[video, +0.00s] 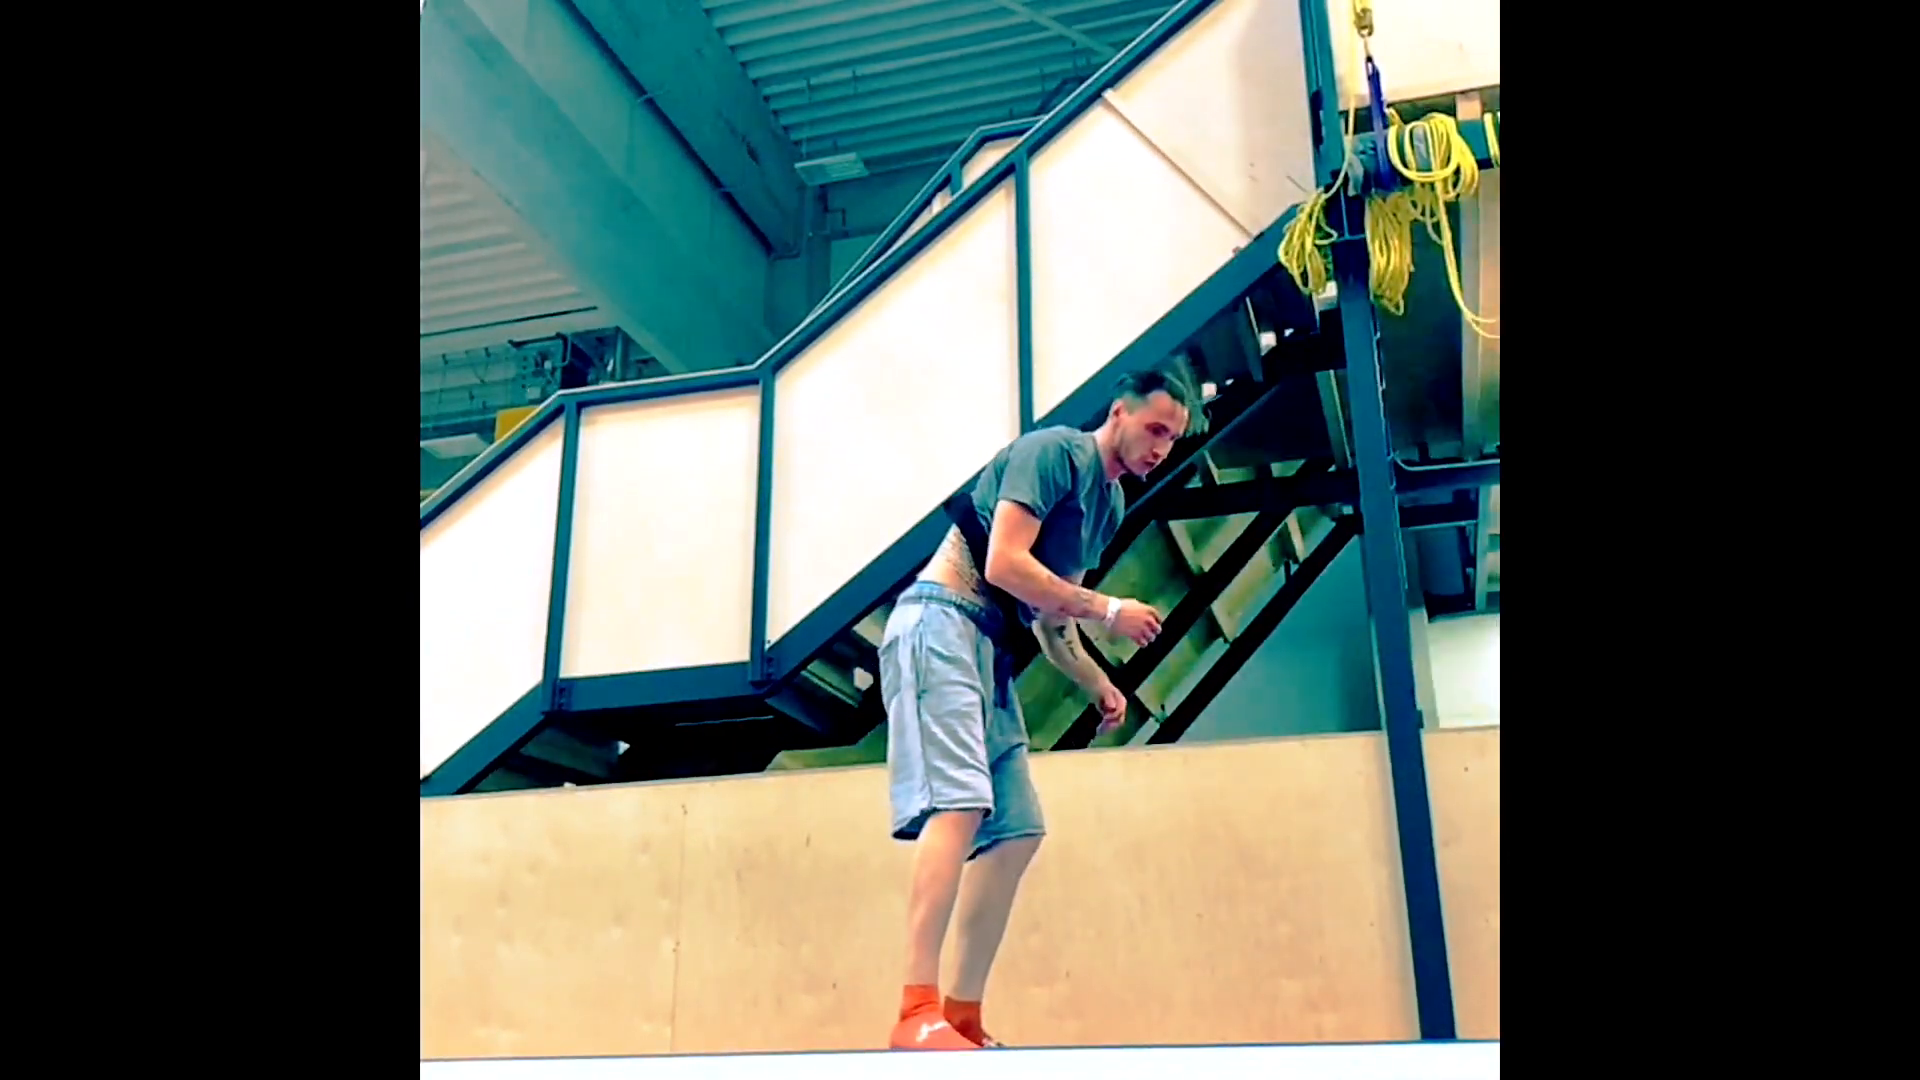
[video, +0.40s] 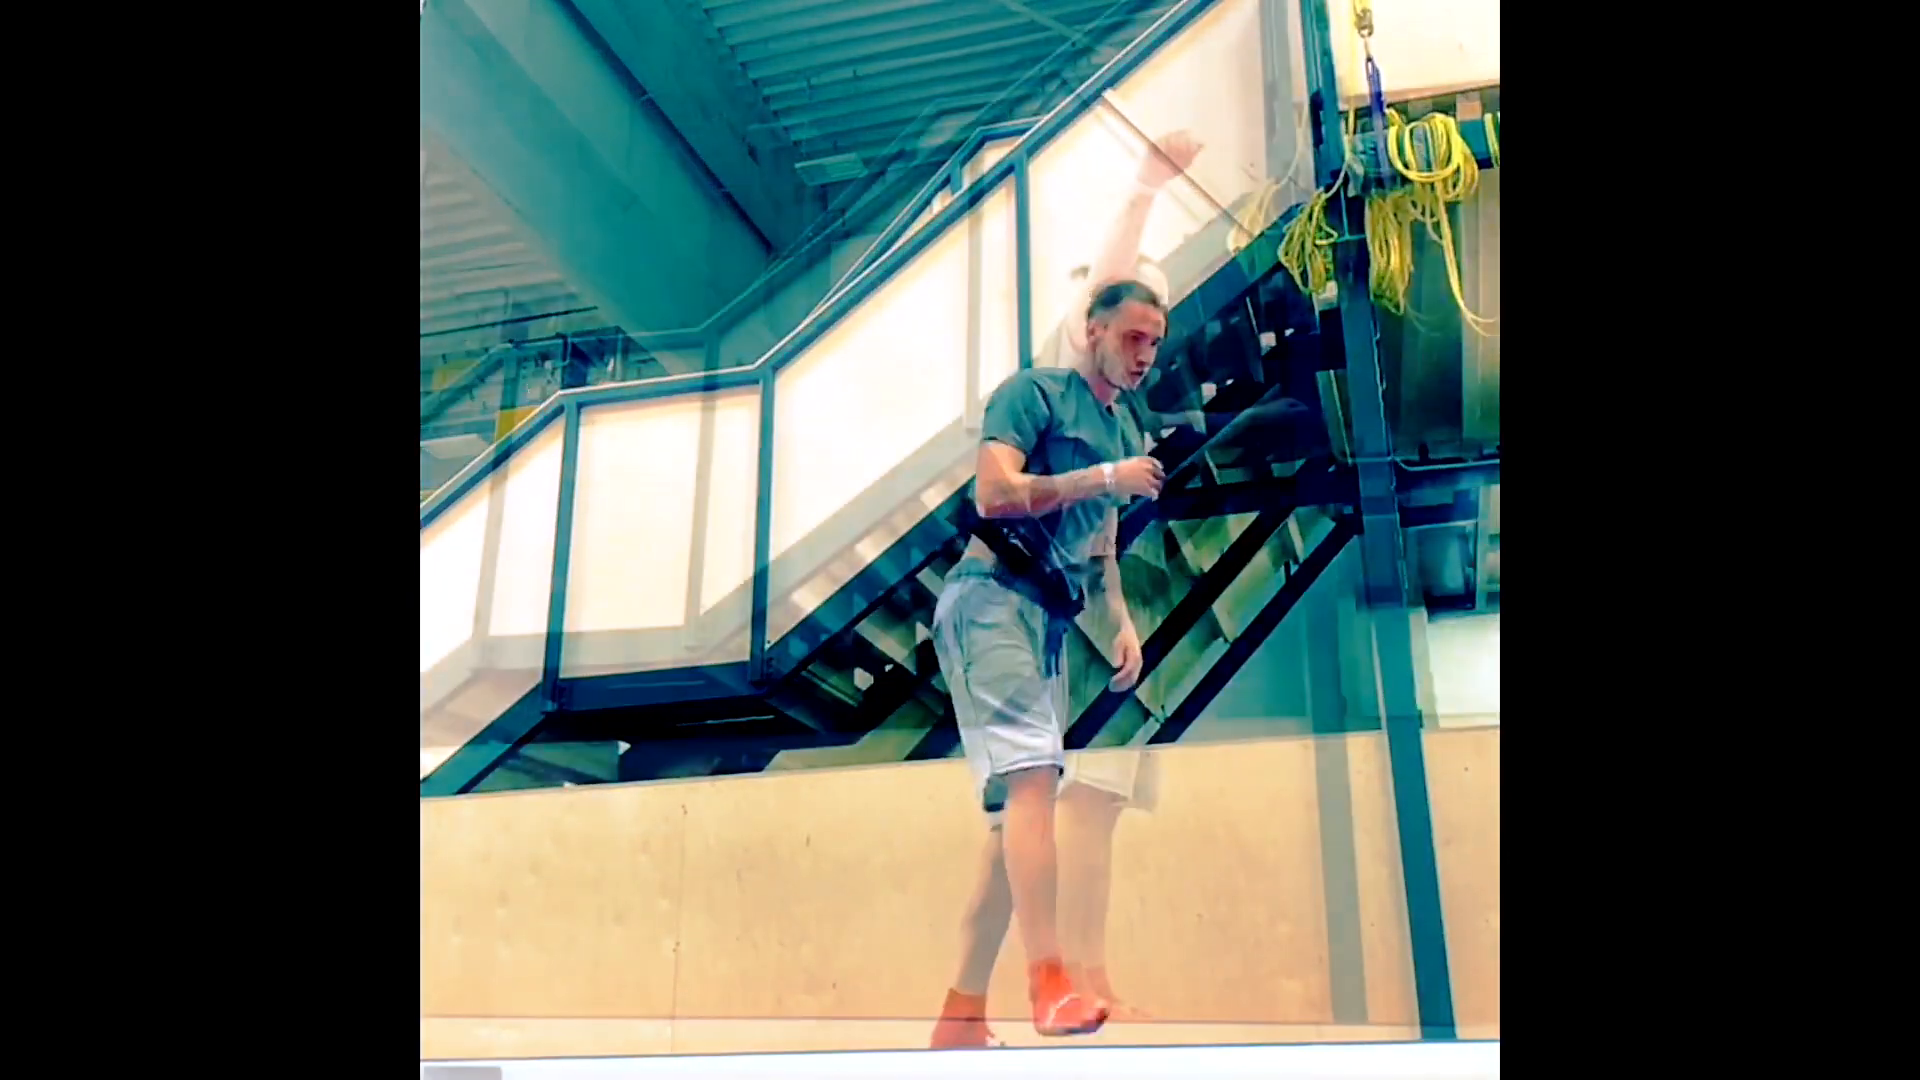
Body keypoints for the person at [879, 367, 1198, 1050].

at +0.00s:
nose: (1160, 449)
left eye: (1172, 440)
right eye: (1154, 430)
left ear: (1174, 442)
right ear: (1117, 412)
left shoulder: (1107, 510)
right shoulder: (1052, 449)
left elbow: (1052, 621)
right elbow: (1003, 561)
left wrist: (1097, 684)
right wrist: (1104, 606)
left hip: (988, 653)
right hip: (940, 627)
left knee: (1016, 829)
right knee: (959, 807)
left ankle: (960, 1018)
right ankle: (916, 1016)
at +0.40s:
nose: (1145, 354)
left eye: (1154, 343)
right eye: (1134, 337)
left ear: (1152, 349)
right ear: (1092, 328)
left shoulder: (1124, 426)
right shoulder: (1032, 390)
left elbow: (1101, 554)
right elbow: (994, 491)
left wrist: (1123, 631)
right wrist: (1105, 479)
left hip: (1050, 619)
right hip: (991, 593)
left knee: (1014, 821)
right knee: (1033, 773)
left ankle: (961, 1016)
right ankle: (1047, 981)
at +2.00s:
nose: (1163, 280)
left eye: (1165, 271)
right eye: (1151, 265)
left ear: (1151, 289)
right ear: (1116, 270)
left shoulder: (1141, 364)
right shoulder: (1097, 326)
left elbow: (1216, 347)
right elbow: (1166, 215)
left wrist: (1281, 296)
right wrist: (1219, 101)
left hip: (1149, 565)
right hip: (1118, 558)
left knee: (1127, 770)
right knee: (1110, 765)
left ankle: (1116, 969)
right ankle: (1084, 968)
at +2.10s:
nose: (1164, 278)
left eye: (1166, 268)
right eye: (1153, 262)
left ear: (1148, 286)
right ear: (1118, 266)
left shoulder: (1137, 361)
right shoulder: (1097, 319)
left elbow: (1213, 345)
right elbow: (1165, 209)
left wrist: (1273, 299)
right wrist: (1215, 99)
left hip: (1149, 559)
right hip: (1120, 552)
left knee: (1127, 766)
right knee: (1112, 762)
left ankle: (1115, 964)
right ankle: (1086, 962)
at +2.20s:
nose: (1163, 273)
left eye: (1165, 264)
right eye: (1152, 258)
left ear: (1148, 283)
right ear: (1117, 263)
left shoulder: (1138, 358)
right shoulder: (1096, 315)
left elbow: (1214, 342)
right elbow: (1164, 206)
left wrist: (1273, 295)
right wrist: (1214, 95)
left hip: (1150, 557)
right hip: (1119, 550)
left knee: (1128, 763)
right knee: (1112, 759)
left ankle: (1116, 962)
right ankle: (1089, 961)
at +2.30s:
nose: (1160, 276)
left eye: (1162, 267)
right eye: (1149, 261)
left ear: (1147, 285)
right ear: (1113, 266)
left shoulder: (1136, 361)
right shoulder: (1094, 319)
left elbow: (1213, 341)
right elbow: (1165, 206)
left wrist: (1272, 290)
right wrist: (1215, 98)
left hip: (1152, 560)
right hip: (1117, 554)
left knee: (1131, 765)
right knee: (1112, 760)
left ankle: (1117, 965)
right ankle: (1087, 961)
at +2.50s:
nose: (1155, 283)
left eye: (1157, 275)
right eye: (1145, 269)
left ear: (1138, 291)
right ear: (1110, 270)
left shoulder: (1135, 360)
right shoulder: (1091, 320)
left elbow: (1209, 329)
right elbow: (1172, 209)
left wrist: (1262, 278)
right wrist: (1227, 103)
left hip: (1152, 560)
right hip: (1117, 553)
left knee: (1130, 765)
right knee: (1110, 759)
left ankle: (1117, 963)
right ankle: (1085, 960)